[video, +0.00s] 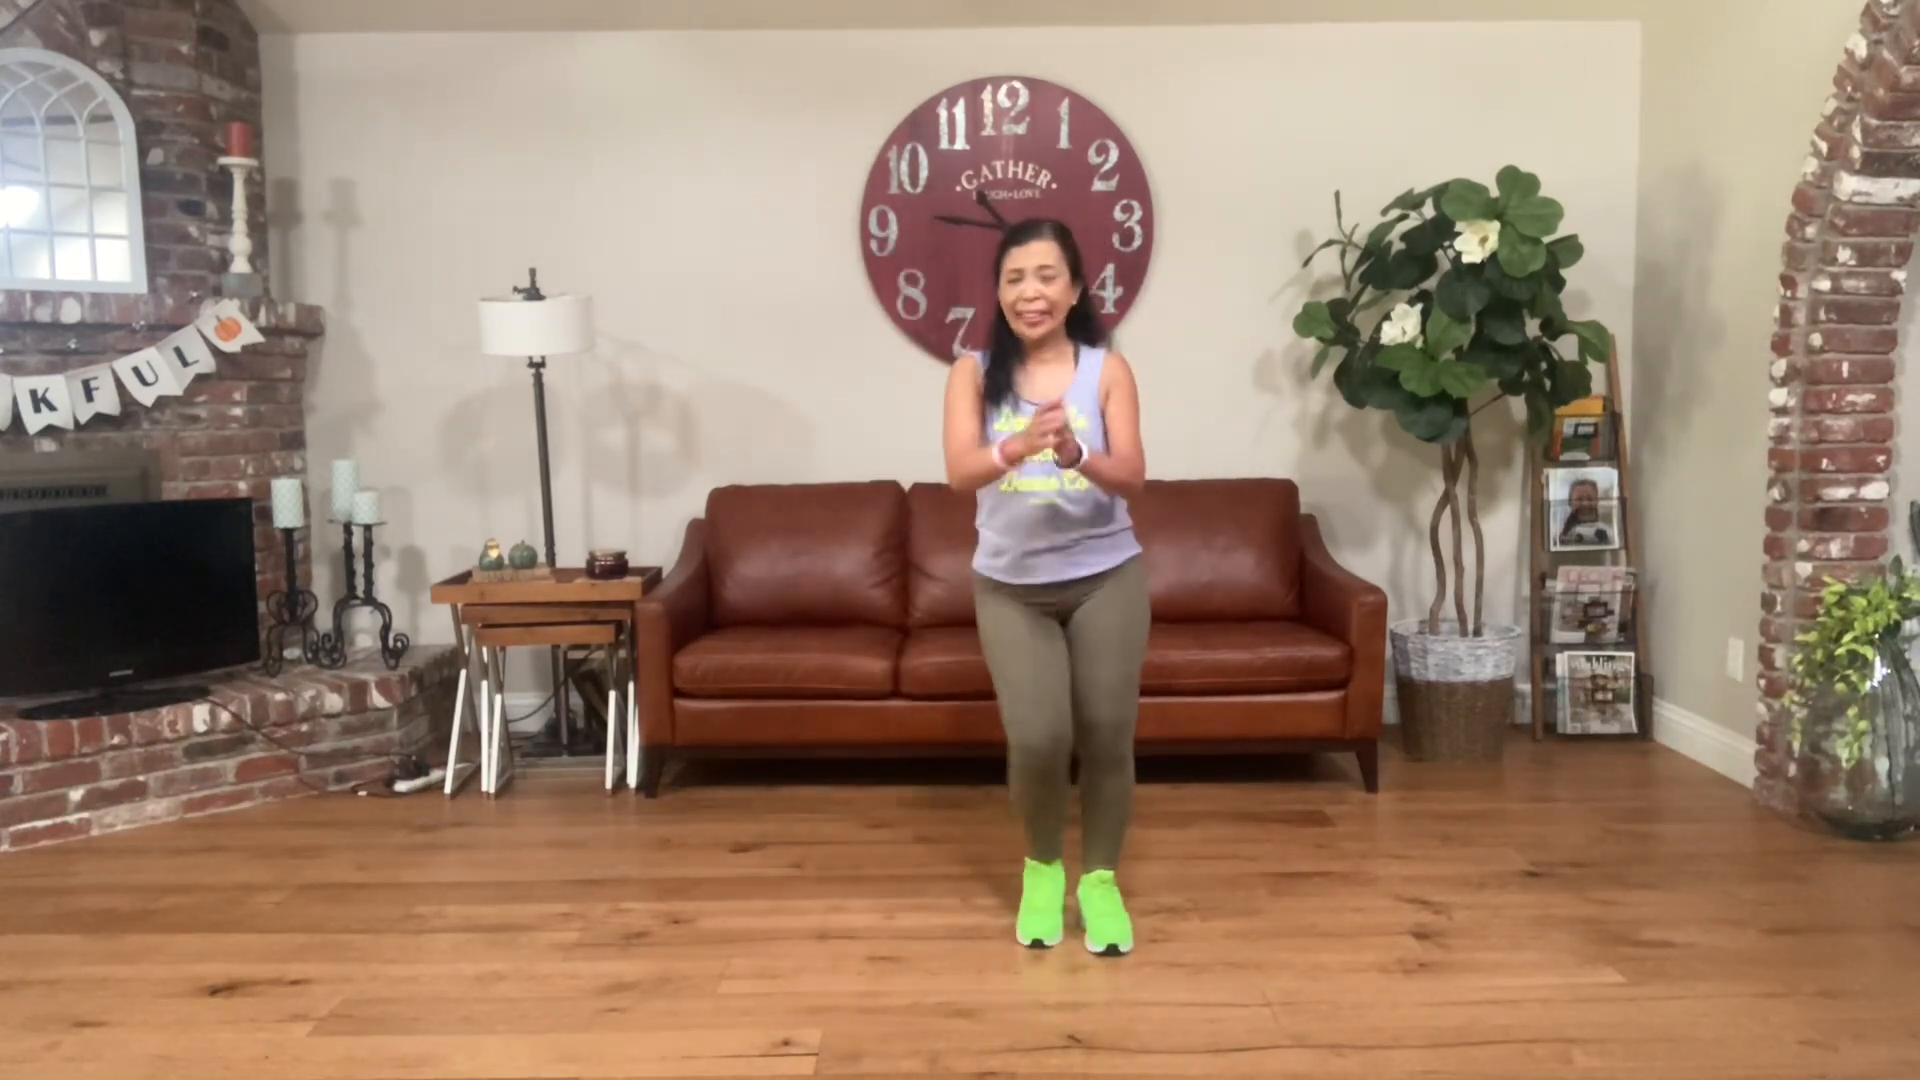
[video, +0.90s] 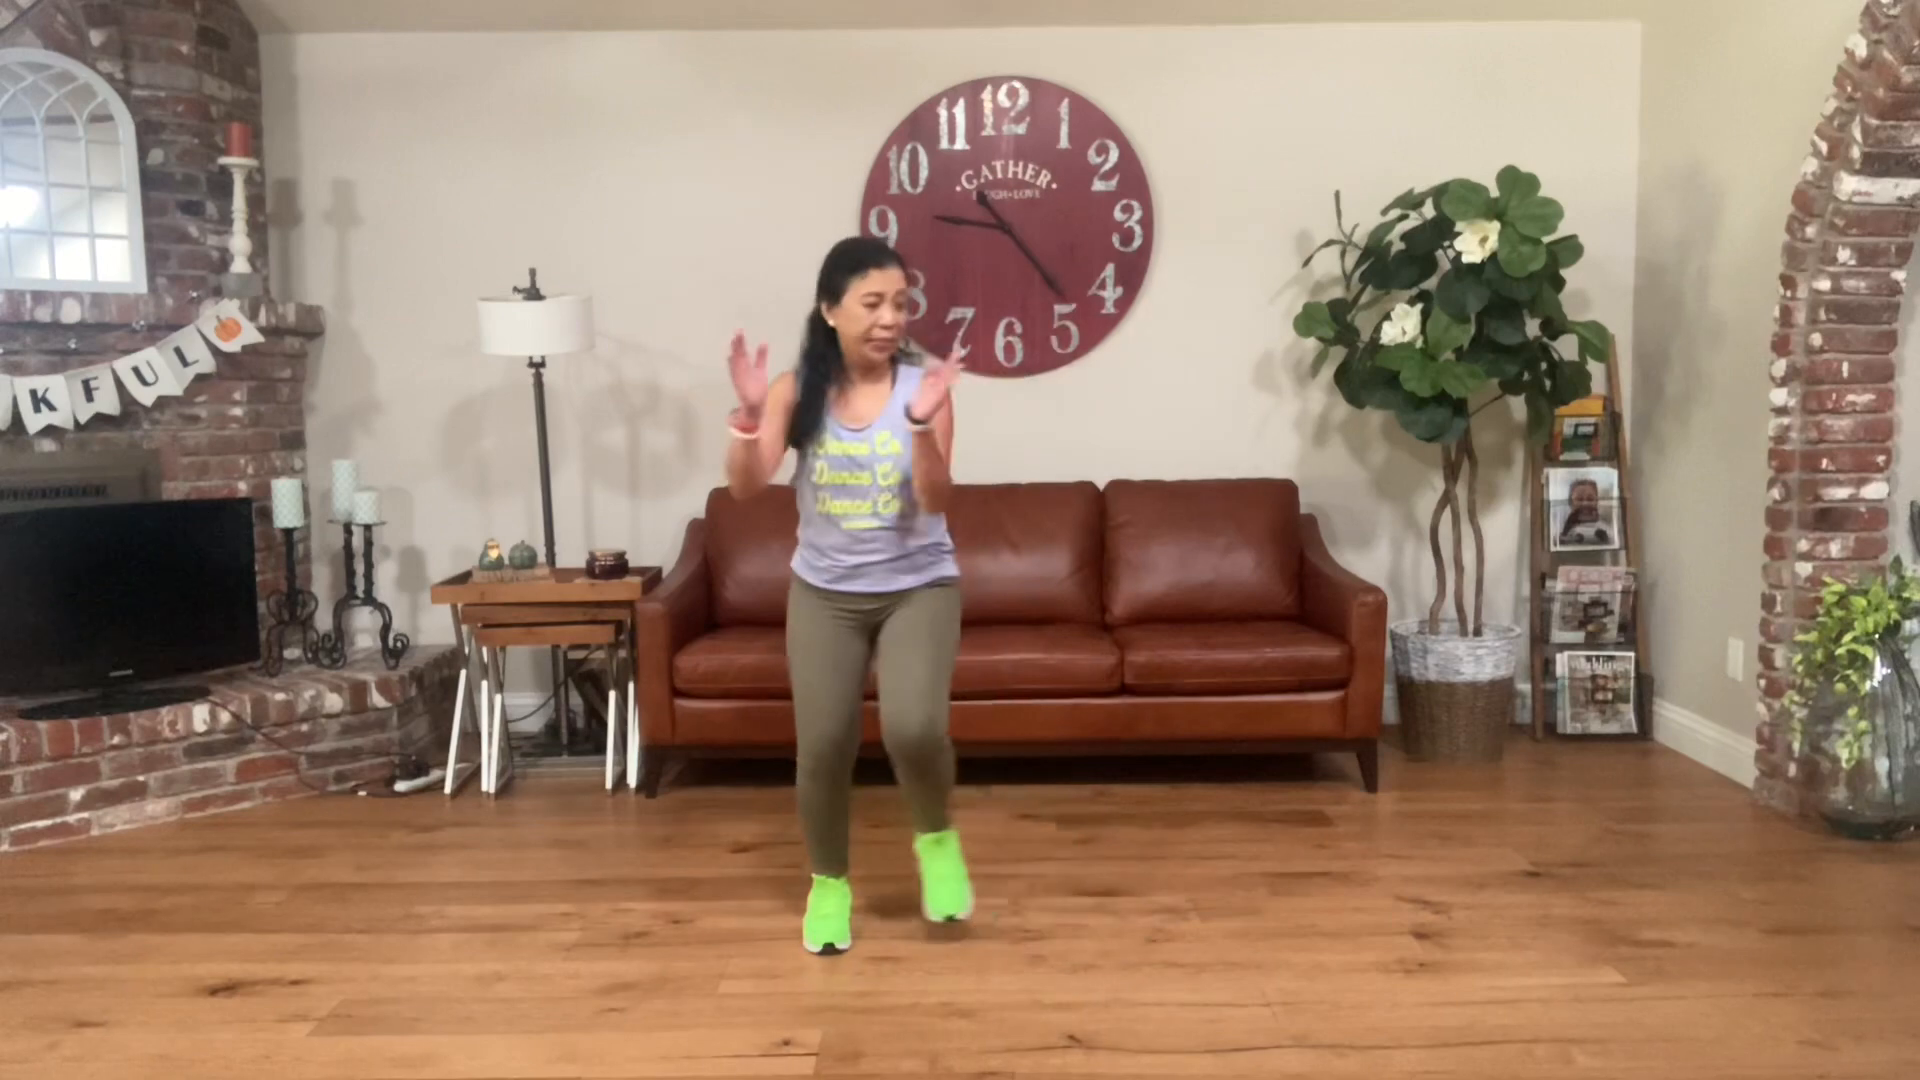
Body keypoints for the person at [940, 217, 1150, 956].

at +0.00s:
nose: (1031, 292)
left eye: (1047, 276)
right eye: (1016, 278)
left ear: (1074, 288)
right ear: (998, 292)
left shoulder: (1106, 368)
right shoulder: (973, 371)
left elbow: (1131, 476)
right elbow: (960, 471)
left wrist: (1079, 455)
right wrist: (1018, 447)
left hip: (1107, 575)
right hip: (1010, 585)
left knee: (1108, 728)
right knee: (1039, 737)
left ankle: (1101, 879)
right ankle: (1042, 871)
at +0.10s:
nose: (1021, 302)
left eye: (1037, 286)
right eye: (1007, 288)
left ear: (1068, 296)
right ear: (992, 301)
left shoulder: (1106, 376)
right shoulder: (974, 381)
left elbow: (1145, 482)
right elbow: (936, 492)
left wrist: (1103, 467)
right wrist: (956, 473)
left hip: (1101, 580)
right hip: (1004, 582)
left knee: (1101, 728)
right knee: (986, 722)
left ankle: (1099, 881)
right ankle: (1022, 846)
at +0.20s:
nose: (1011, 303)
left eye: (1028, 288)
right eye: (997, 290)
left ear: (1058, 301)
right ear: (981, 305)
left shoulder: (1098, 384)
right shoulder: (965, 388)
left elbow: (1155, 483)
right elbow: (920, 489)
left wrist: (1127, 473)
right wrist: (909, 480)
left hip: (1088, 583)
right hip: (993, 584)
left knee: (1092, 736)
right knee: (944, 702)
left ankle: (1097, 881)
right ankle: (972, 826)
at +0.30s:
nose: (994, 289)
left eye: (1011, 274)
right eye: (978, 276)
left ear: (1040, 288)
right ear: (962, 294)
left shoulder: (1079, 374)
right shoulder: (948, 377)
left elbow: (1130, 460)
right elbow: (907, 464)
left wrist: (1140, 469)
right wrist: (882, 475)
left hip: (1073, 579)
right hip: (973, 580)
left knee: (1078, 734)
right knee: (910, 713)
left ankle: (1096, 882)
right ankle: (904, 831)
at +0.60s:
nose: (919, 290)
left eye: (936, 276)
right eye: (903, 275)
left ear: (957, 292)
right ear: (882, 288)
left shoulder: (979, 380)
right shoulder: (855, 371)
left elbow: (1034, 471)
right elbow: (829, 456)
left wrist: (1070, 467)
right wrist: (780, 458)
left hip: (965, 589)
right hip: (865, 591)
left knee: (1008, 740)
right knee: (849, 743)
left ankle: (1085, 876)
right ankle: (832, 882)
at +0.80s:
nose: (891, 315)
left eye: (904, 300)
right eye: (874, 300)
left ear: (917, 310)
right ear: (838, 310)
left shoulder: (935, 392)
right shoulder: (803, 388)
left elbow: (961, 503)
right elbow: (730, 475)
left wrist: (969, 433)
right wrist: (721, 423)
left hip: (929, 585)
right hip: (833, 592)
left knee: (941, 731)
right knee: (828, 741)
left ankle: (1002, 850)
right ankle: (829, 884)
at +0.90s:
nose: (888, 319)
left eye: (899, 302)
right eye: (871, 302)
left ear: (911, 309)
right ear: (830, 312)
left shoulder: (926, 383)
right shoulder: (797, 387)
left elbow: (934, 499)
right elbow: (746, 487)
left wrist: (924, 427)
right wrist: (745, 419)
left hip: (919, 584)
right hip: (823, 589)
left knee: (913, 728)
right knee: (823, 741)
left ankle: (936, 842)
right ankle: (829, 884)